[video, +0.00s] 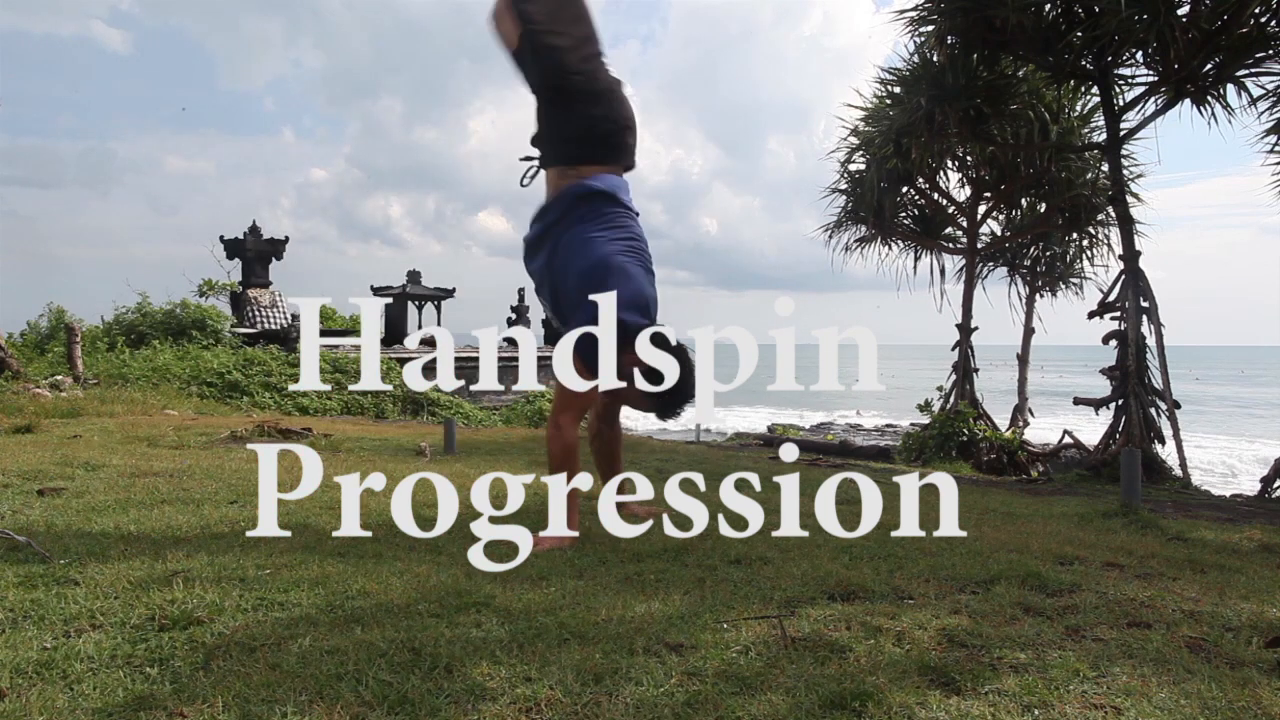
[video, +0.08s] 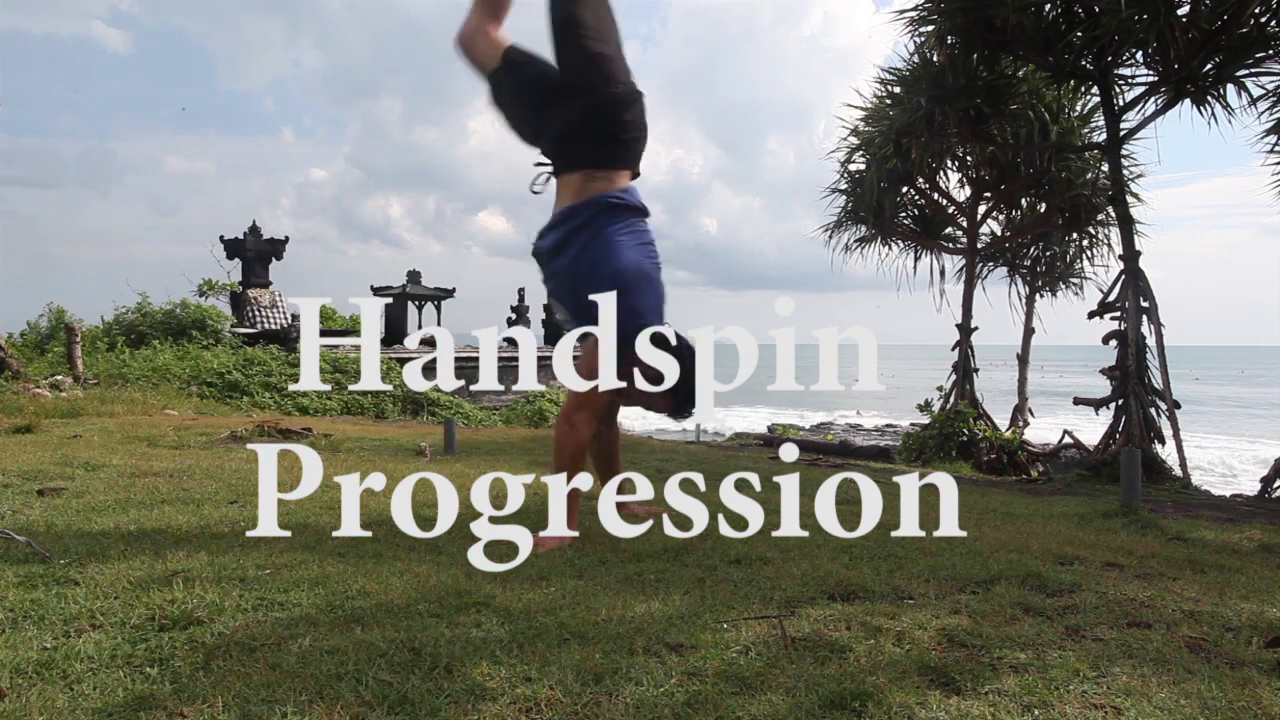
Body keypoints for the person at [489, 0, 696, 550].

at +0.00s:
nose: (632, 411)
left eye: (642, 409)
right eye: (639, 405)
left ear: (656, 369)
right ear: (640, 377)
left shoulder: (637, 340)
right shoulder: (600, 342)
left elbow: (605, 419)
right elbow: (562, 424)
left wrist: (615, 494)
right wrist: (565, 520)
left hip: (606, 155)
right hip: (581, 137)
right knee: (509, 11)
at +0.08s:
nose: (644, 407)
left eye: (655, 406)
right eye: (654, 403)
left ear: (653, 369)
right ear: (655, 376)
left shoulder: (626, 344)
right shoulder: (624, 336)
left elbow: (602, 418)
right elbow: (574, 421)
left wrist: (615, 496)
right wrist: (562, 518)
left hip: (576, 144)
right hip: (609, 133)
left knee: (475, 34)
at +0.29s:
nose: (664, 391)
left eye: (671, 396)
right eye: (680, 391)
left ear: (671, 363)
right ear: (698, 362)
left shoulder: (617, 343)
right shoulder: (694, 317)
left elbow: (602, 418)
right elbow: (640, 369)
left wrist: (620, 505)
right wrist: (574, 448)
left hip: (574, 155)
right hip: (631, 136)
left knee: (438, 158)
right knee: (629, 6)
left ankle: (363, 13)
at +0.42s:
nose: (665, 386)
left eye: (674, 390)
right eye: (685, 387)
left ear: (662, 357)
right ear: (702, 364)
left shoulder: (617, 326)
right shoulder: (711, 310)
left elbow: (602, 414)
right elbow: (714, 333)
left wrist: (619, 504)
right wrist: (649, 403)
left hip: (566, 166)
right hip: (632, 140)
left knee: (465, 218)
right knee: (619, 11)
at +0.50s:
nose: (666, 379)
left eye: (668, 384)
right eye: (679, 382)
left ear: (657, 360)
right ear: (694, 350)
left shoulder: (611, 334)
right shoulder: (701, 298)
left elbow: (599, 424)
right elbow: (783, 285)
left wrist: (619, 506)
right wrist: (756, 351)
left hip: (562, 166)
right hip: (628, 141)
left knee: (505, 274)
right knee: (618, 7)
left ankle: (356, 289)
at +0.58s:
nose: (651, 374)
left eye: (654, 378)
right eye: (664, 377)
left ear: (647, 357)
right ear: (685, 349)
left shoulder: (604, 335)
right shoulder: (704, 294)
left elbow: (597, 417)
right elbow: (788, 256)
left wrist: (617, 505)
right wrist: (806, 311)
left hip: (555, 169)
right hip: (619, 148)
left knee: (533, 306)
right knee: (612, 2)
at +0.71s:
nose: (640, 374)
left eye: (642, 376)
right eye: (648, 374)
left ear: (632, 348)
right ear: (665, 341)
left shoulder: (593, 339)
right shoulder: (672, 289)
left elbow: (595, 421)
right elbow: (740, 213)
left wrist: (616, 502)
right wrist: (806, 239)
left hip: (552, 185)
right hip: (621, 172)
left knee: (573, 346)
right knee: (615, 102)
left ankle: (580, 502)